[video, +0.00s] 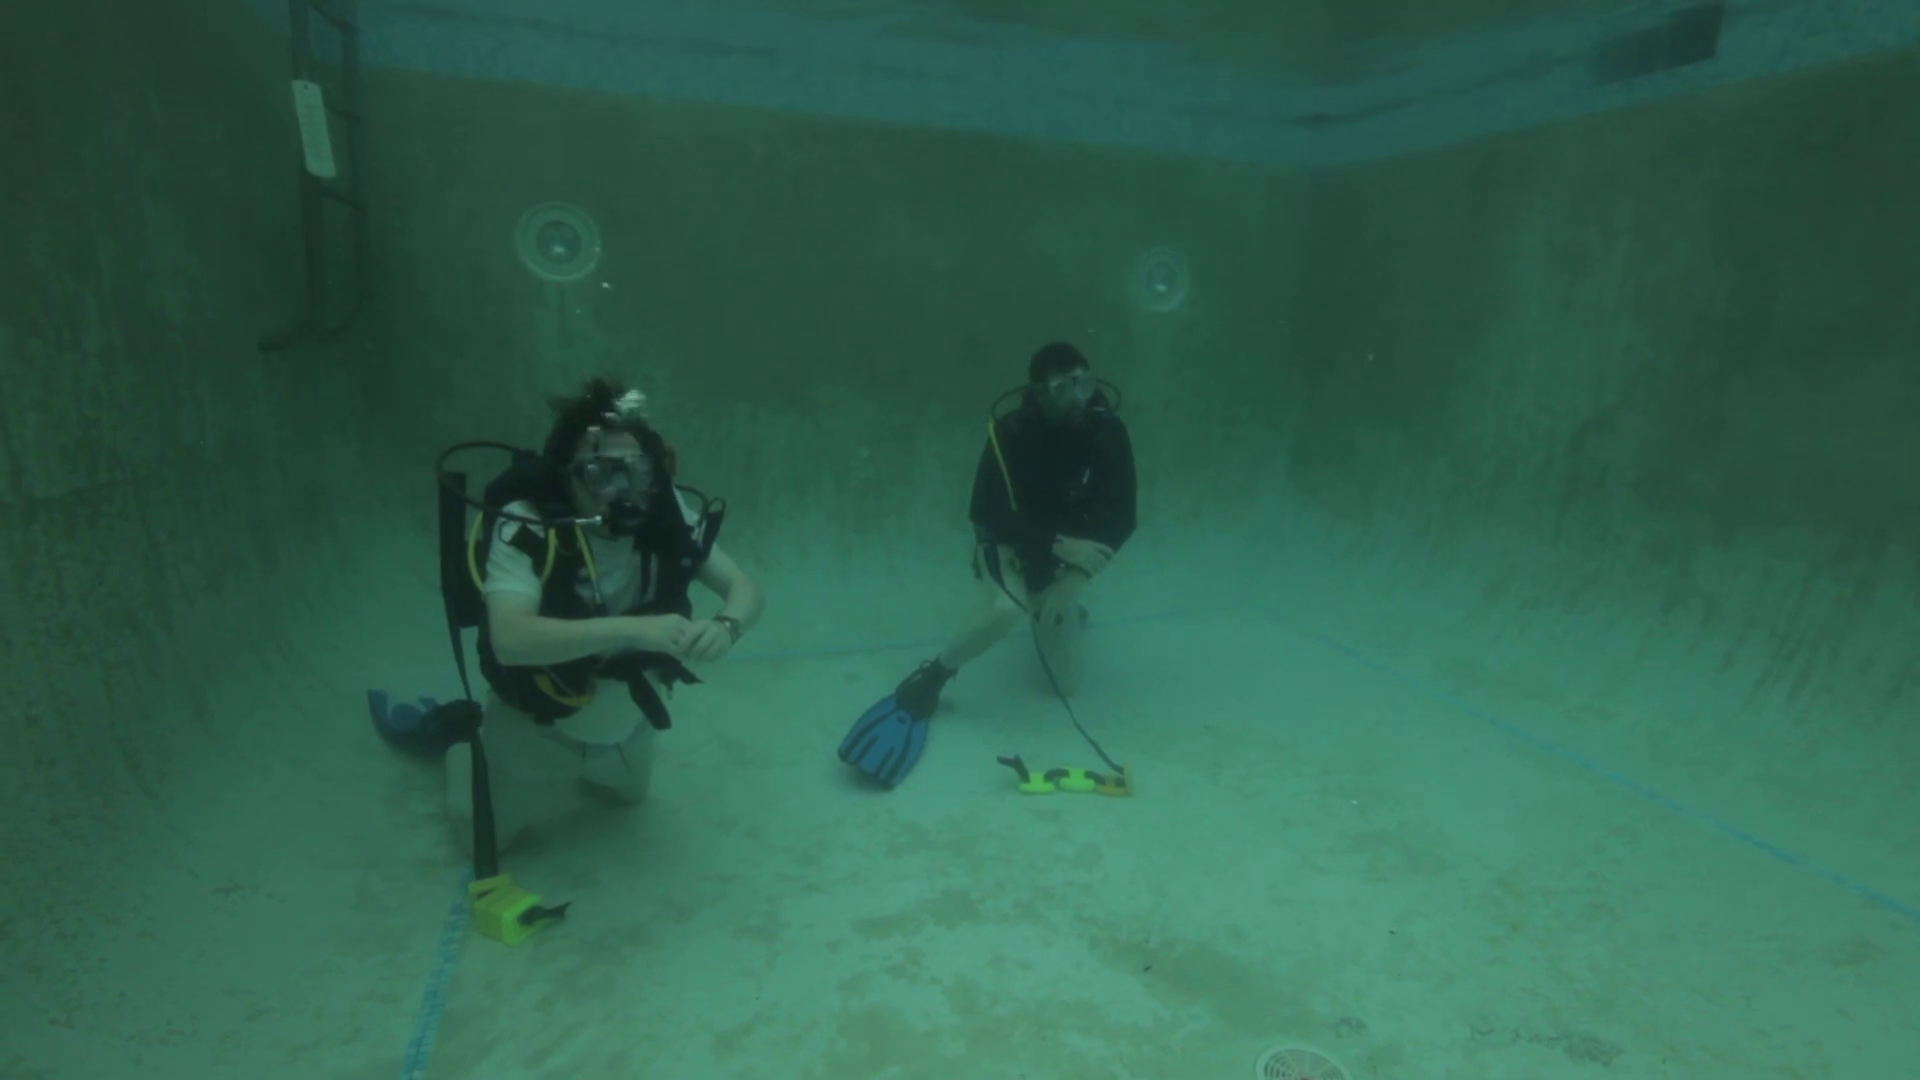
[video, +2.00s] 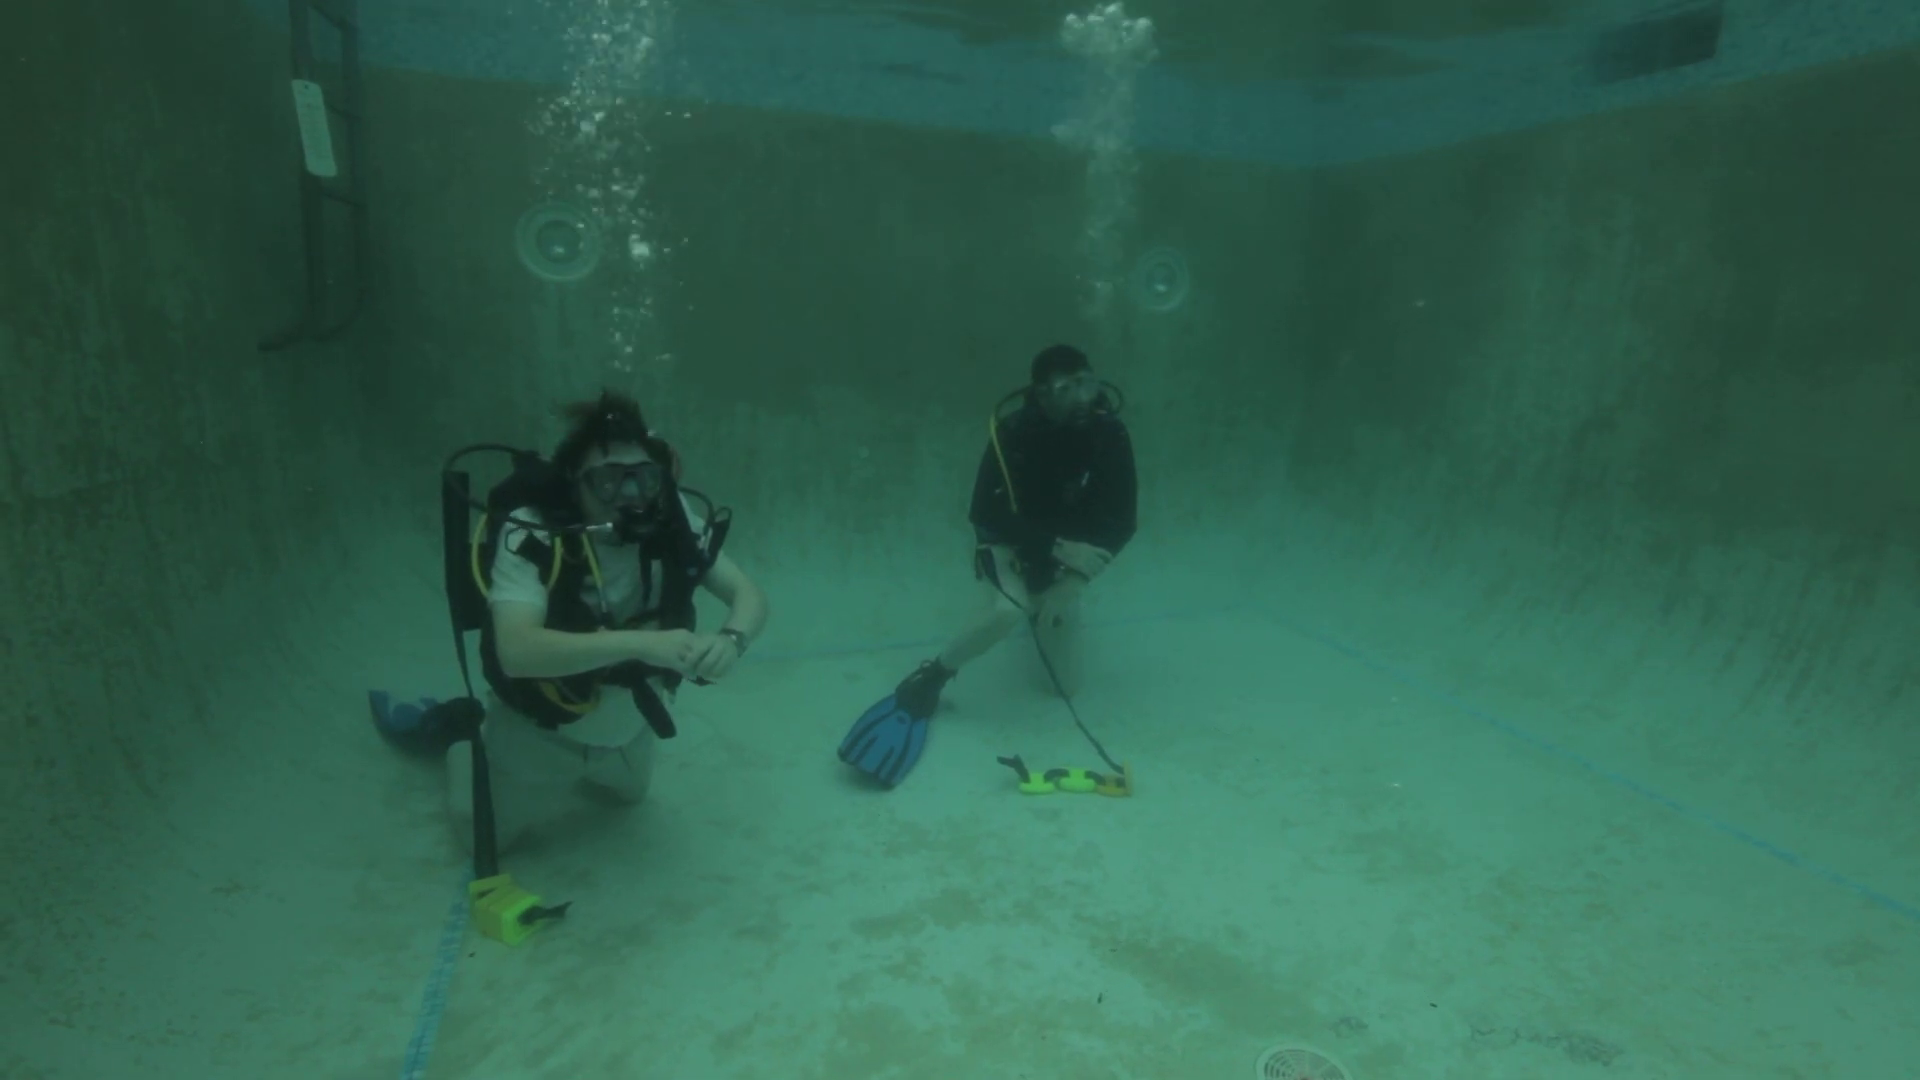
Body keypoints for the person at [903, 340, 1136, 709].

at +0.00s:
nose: (1075, 396)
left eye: (1082, 383)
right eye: (1062, 387)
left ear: (1092, 384)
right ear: (1038, 392)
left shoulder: (1106, 431)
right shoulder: (1012, 430)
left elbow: (1121, 519)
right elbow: (986, 512)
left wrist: (1071, 584)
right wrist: (1055, 542)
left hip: (1073, 550)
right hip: (1011, 542)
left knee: (1066, 682)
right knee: (1007, 610)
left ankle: (1068, 614)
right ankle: (933, 675)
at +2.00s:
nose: (1079, 397)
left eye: (1085, 385)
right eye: (1065, 388)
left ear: (1095, 386)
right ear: (1041, 394)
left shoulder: (1108, 433)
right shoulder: (1015, 431)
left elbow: (1120, 519)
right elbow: (985, 511)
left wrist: (1074, 576)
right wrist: (1047, 546)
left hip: (1075, 549)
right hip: (1012, 543)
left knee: (1066, 682)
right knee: (1008, 611)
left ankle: (1044, 613)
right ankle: (933, 675)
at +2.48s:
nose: (1077, 397)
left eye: (1081, 385)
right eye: (1064, 387)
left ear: (1092, 385)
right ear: (1040, 392)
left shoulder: (1107, 431)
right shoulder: (1014, 430)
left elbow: (1120, 519)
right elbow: (987, 512)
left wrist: (1069, 585)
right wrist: (1057, 546)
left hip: (1067, 552)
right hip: (1009, 543)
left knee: (1067, 681)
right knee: (1009, 612)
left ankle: (1049, 610)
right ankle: (930, 679)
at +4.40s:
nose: (1061, 399)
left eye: (1068, 387)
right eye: (1049, 389)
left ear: (1078, 387)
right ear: (1027, 390)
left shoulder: (1095, 431)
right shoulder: (1001, 428)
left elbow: (1111, 513)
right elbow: (980, 514)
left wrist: (1068, 577)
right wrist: (1054, 545)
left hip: (1063, 550)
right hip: (1003, 544)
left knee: (1064, 680)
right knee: (1006, 609)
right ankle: (929, 679)